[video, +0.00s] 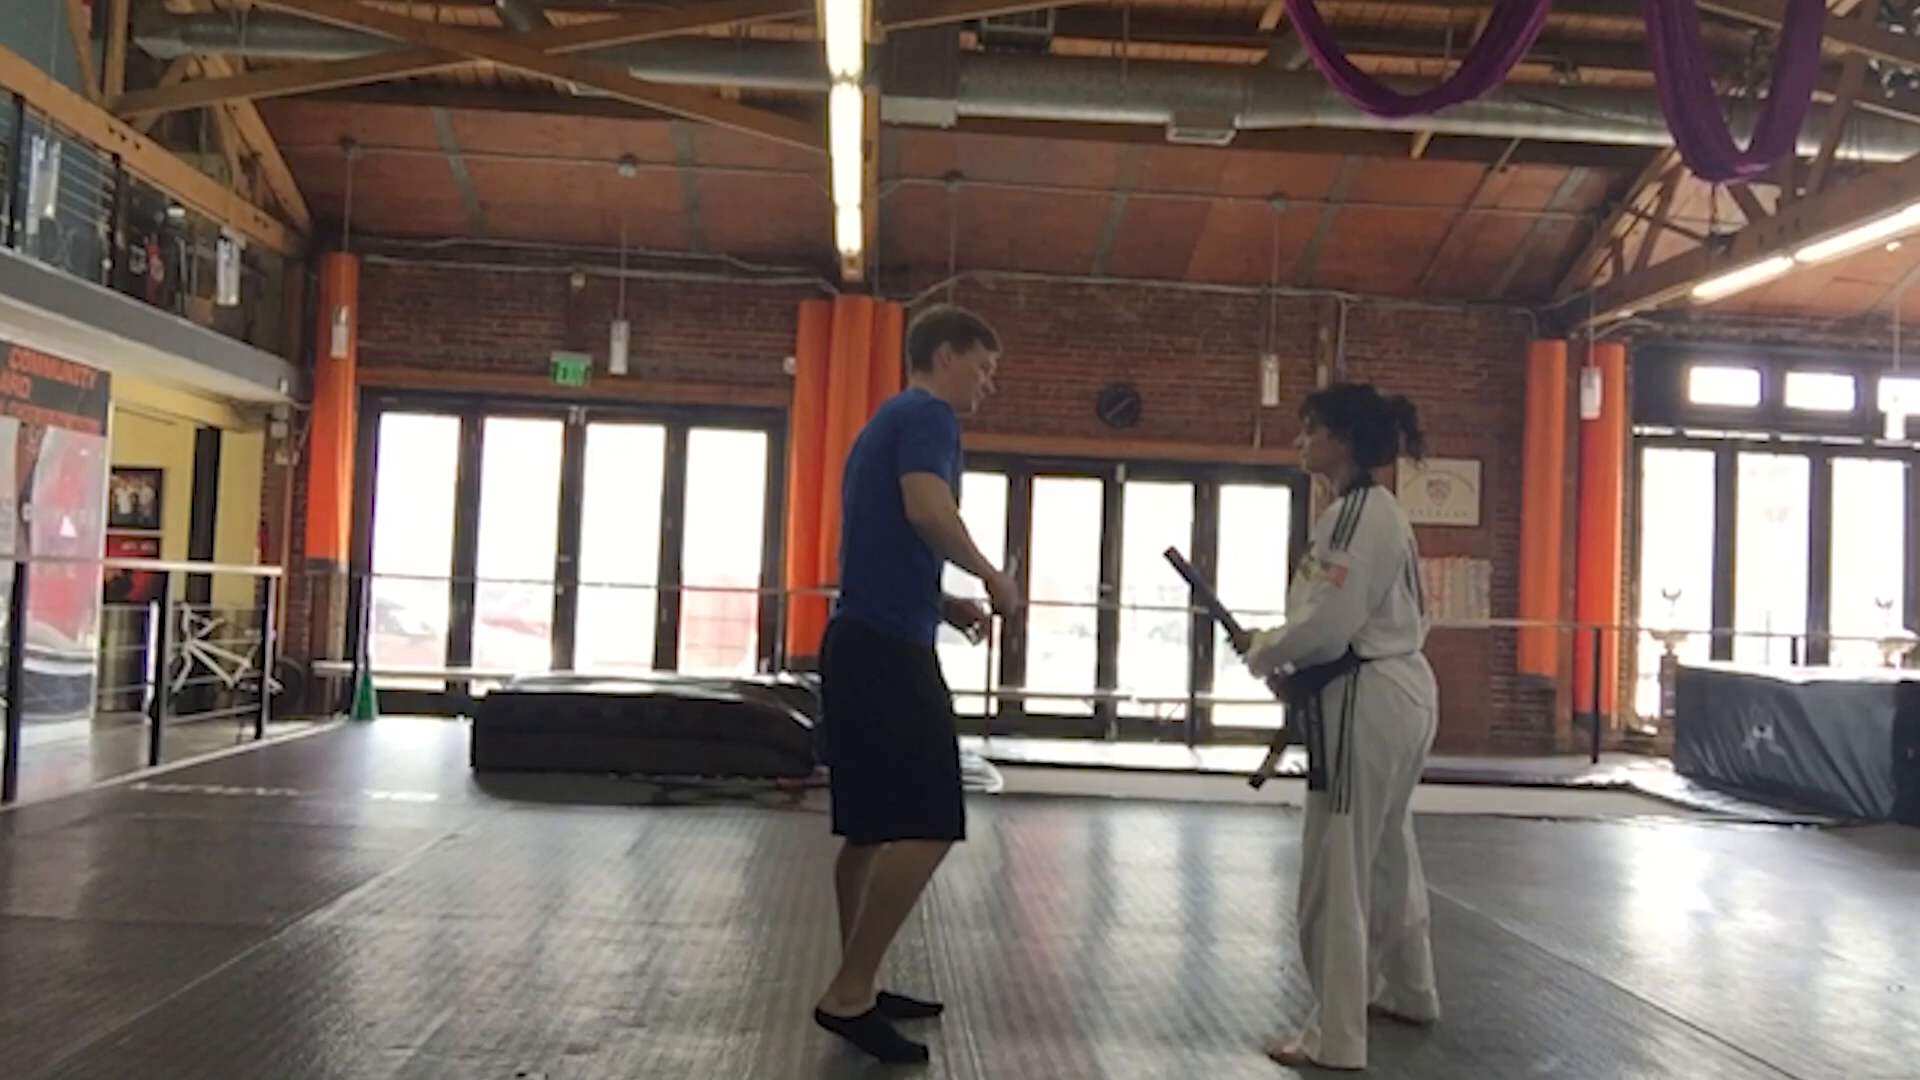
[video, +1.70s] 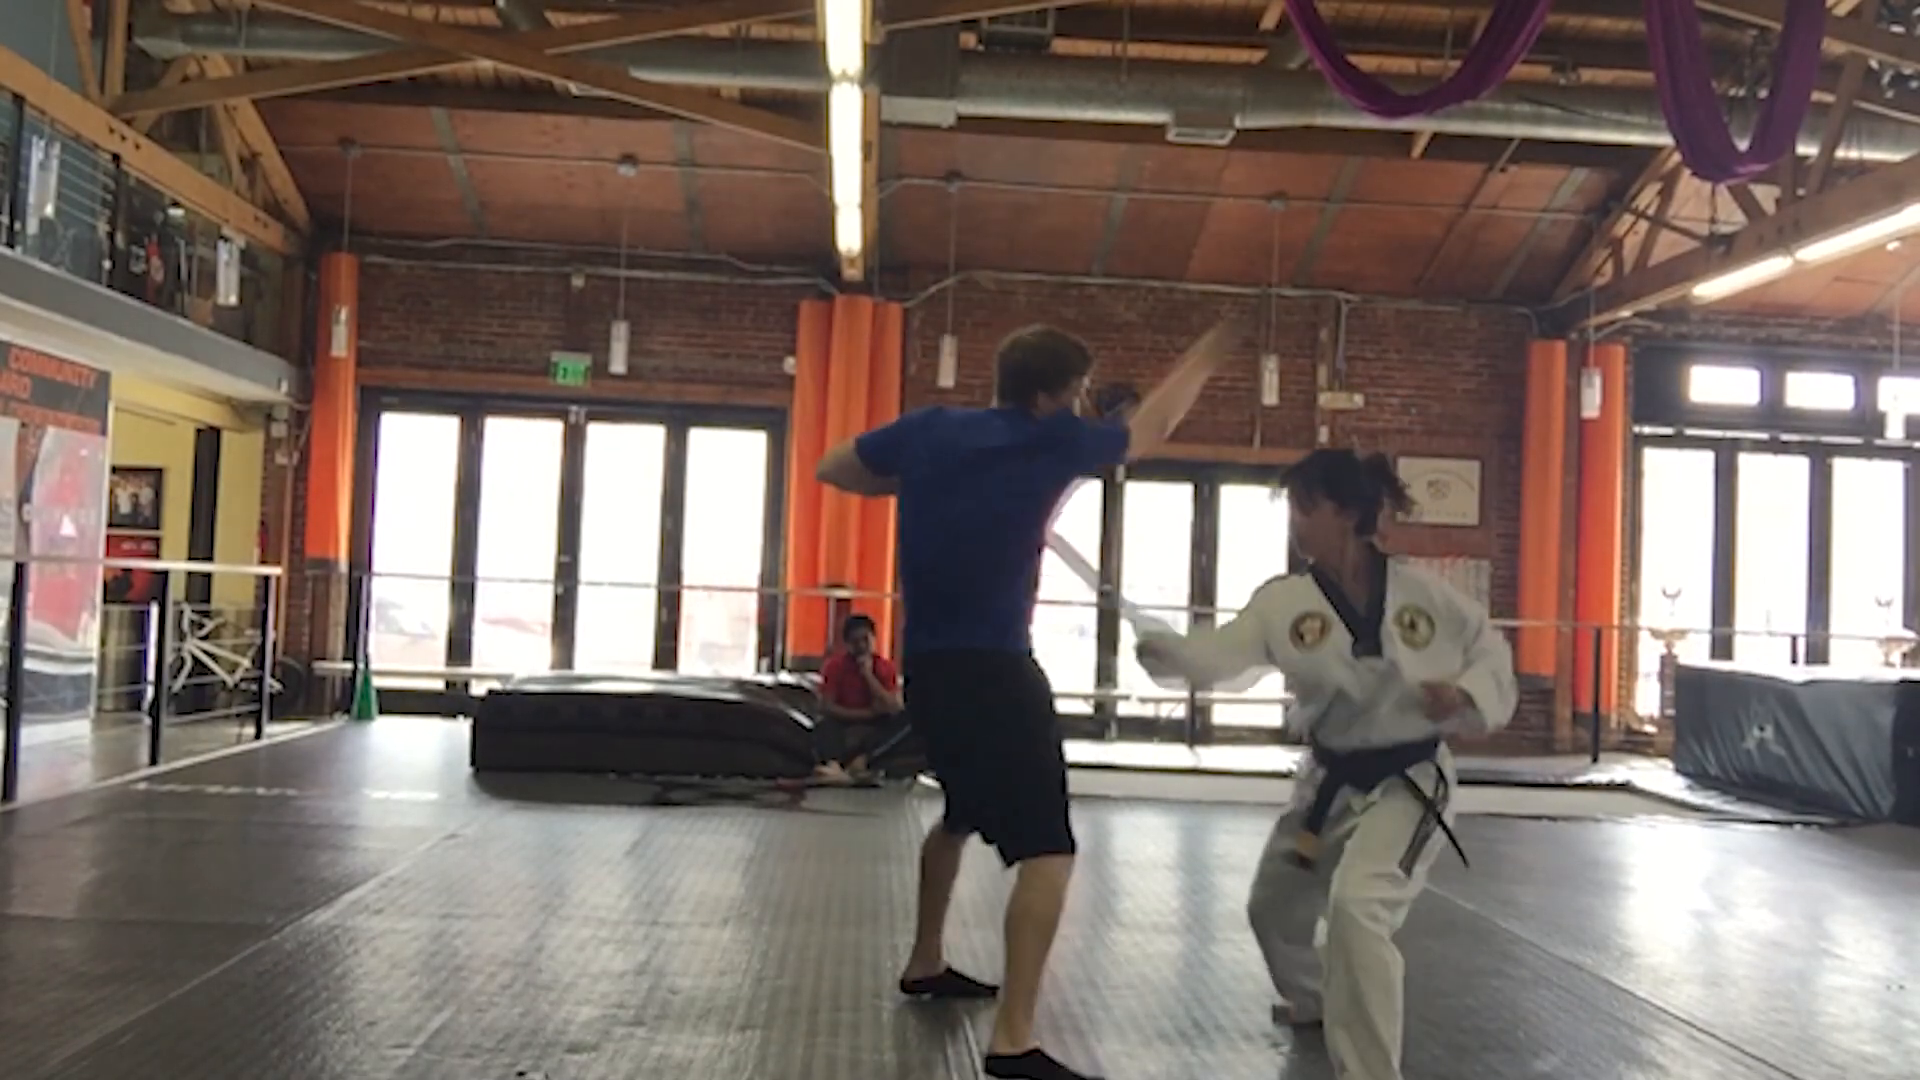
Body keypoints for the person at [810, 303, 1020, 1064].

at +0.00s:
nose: (989, 383)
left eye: (992, 369)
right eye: (984, 365)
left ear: (933, 361)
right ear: (945, 355)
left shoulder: (891, 423)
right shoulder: (927, 414)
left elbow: (876, 559)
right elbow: (924, 506)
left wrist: (947, 602)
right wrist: (991, 572)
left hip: (862, 648)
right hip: (889, 653)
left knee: (870, 826)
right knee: (932, 825)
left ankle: (863, 981)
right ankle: (849, 996)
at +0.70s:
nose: (1026, 357)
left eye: (1028, 341)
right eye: (1021, 340)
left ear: (976, 337)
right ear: (982, 333)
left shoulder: (967, 424)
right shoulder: (924, 417)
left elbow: (964, 527)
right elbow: (897, 527)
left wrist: (1025, 548)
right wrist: (1011, 553)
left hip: (949, 665)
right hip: (918, 667)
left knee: (942, 832)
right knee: (959, 862)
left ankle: (887, 951)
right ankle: (914, 1053)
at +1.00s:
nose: (1036, 352)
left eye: (1038, 337)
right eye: (1031, 336)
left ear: (994, 335)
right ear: (989, 332)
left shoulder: (1014, 419)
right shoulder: (910, 423)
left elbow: (1078, 508)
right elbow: (851, 531)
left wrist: (1051, 540)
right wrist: (973, 548)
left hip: (987, 666)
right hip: (930, 670)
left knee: (992, 824)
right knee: (960, 862)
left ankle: (921, 944)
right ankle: (912, 1057)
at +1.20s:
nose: (1045, 376)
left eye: (1047, 362)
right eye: (1038, 361)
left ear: (1002, 361)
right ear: (993, 359)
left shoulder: (1030, 428)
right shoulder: (905, 442)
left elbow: (1143, 455)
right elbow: (806, 530)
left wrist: (1065, 480)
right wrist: (894, 533)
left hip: (1005, 682)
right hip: (932, 684)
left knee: (1013, 828)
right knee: (969, 853)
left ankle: (937, 932)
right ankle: (915, 1055)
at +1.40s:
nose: (1054, 400)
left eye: (1055, 387)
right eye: (1046, 386)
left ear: (1017, 387)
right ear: (1001, 386)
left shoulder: (1041, 448)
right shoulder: (925, 464)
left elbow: (1132, 426)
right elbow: (821, 520)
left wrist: (1125, 435)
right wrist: (884, 438)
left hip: (1005, 700)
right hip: (950, 702)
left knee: (990, 847)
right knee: (1007, 872)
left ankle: (931, 956)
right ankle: (919, 1059)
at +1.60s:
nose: (1070, 397)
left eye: (1068, 386)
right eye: (1065, 386)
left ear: (991, 378)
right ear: (1039, 386)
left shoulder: (931, 437)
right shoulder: (1022, 430)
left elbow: (874, 457)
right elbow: (1128, 382)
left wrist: (941, 430)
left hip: (939, 675)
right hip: (994, 675)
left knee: (978, 827)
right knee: (1055, 852)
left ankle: (925, 968)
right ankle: (956, 1008)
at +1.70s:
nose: (1082, 404)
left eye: (1083, 393)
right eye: (1079, 393)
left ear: (1002, 383)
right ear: (1058, 394)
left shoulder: (931, 429)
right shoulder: (1054, 441)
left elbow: (835, 468)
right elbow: (1146, 430)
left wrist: (911, 481)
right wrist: (1203, 358)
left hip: (927, 665)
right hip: (997, 669)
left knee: (957, 814)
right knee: (1048, 849)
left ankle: (925, 963)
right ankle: (1013, 1043)